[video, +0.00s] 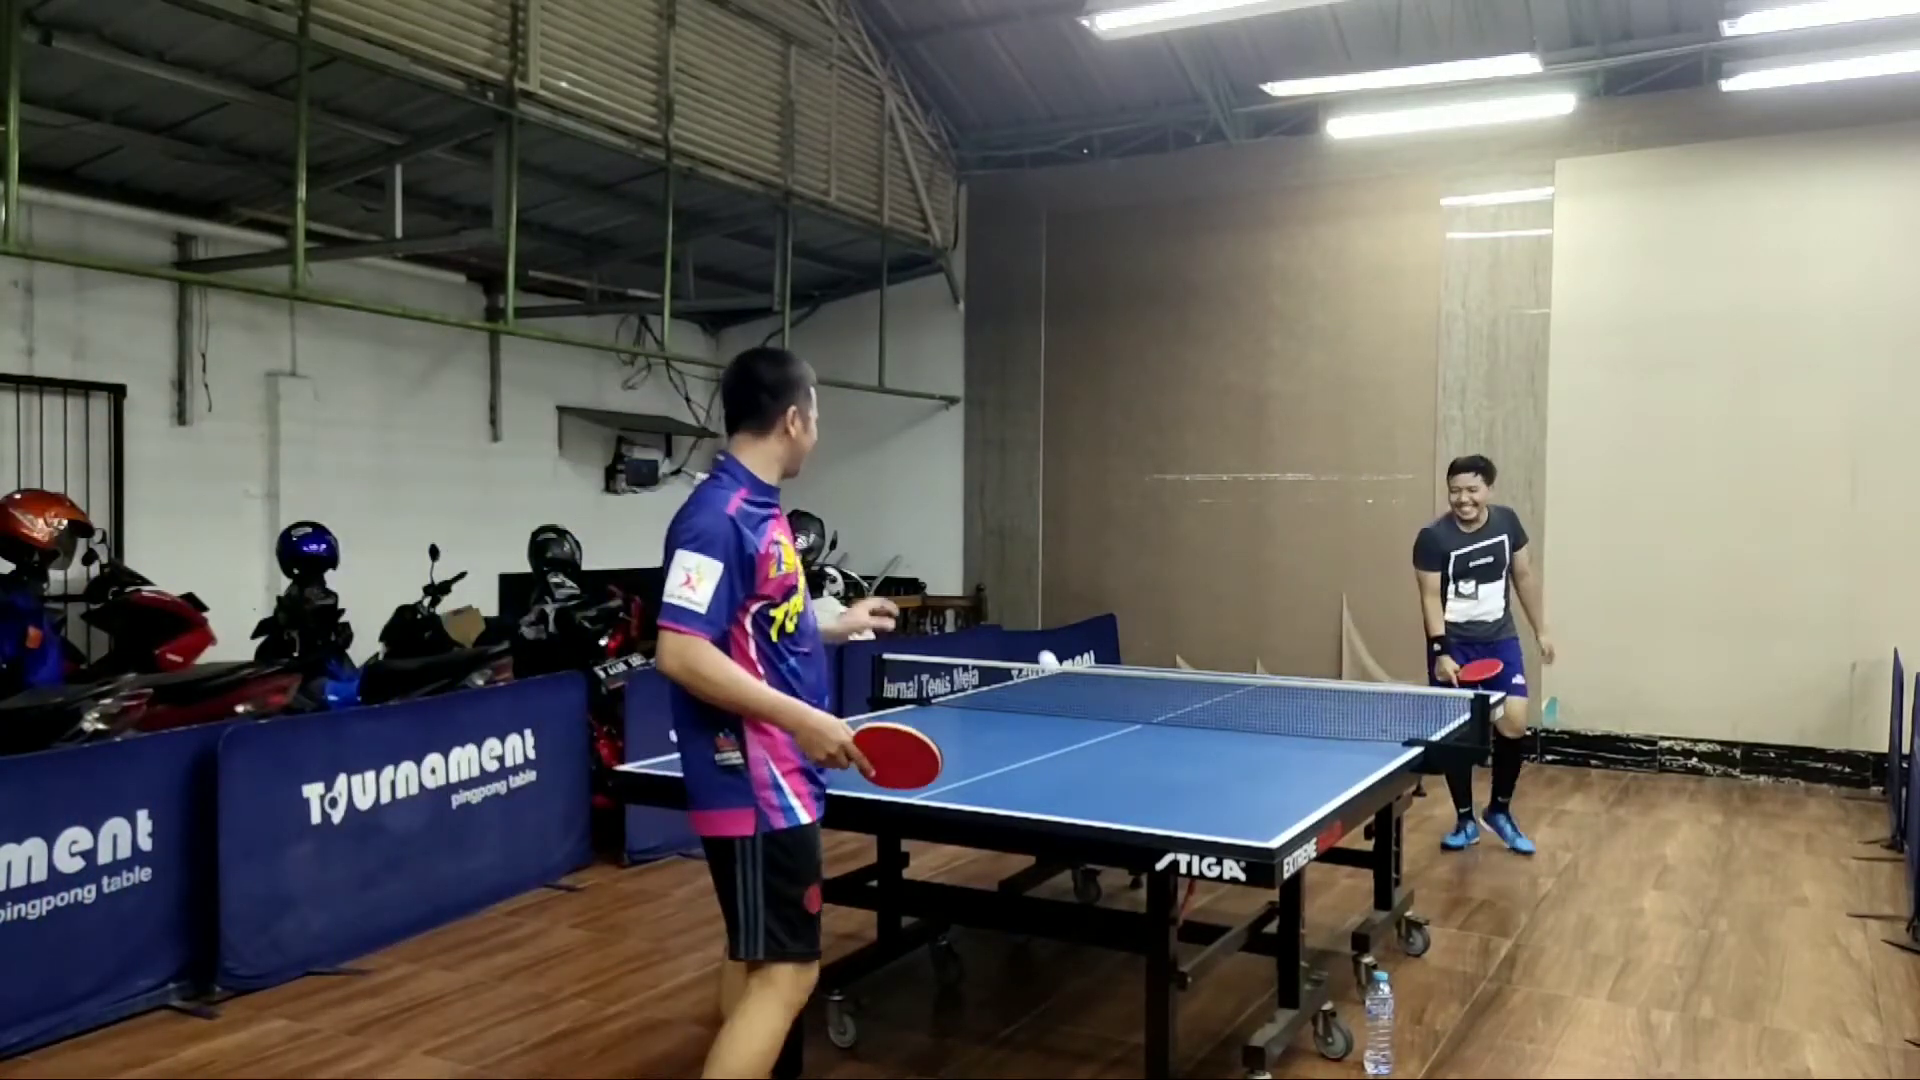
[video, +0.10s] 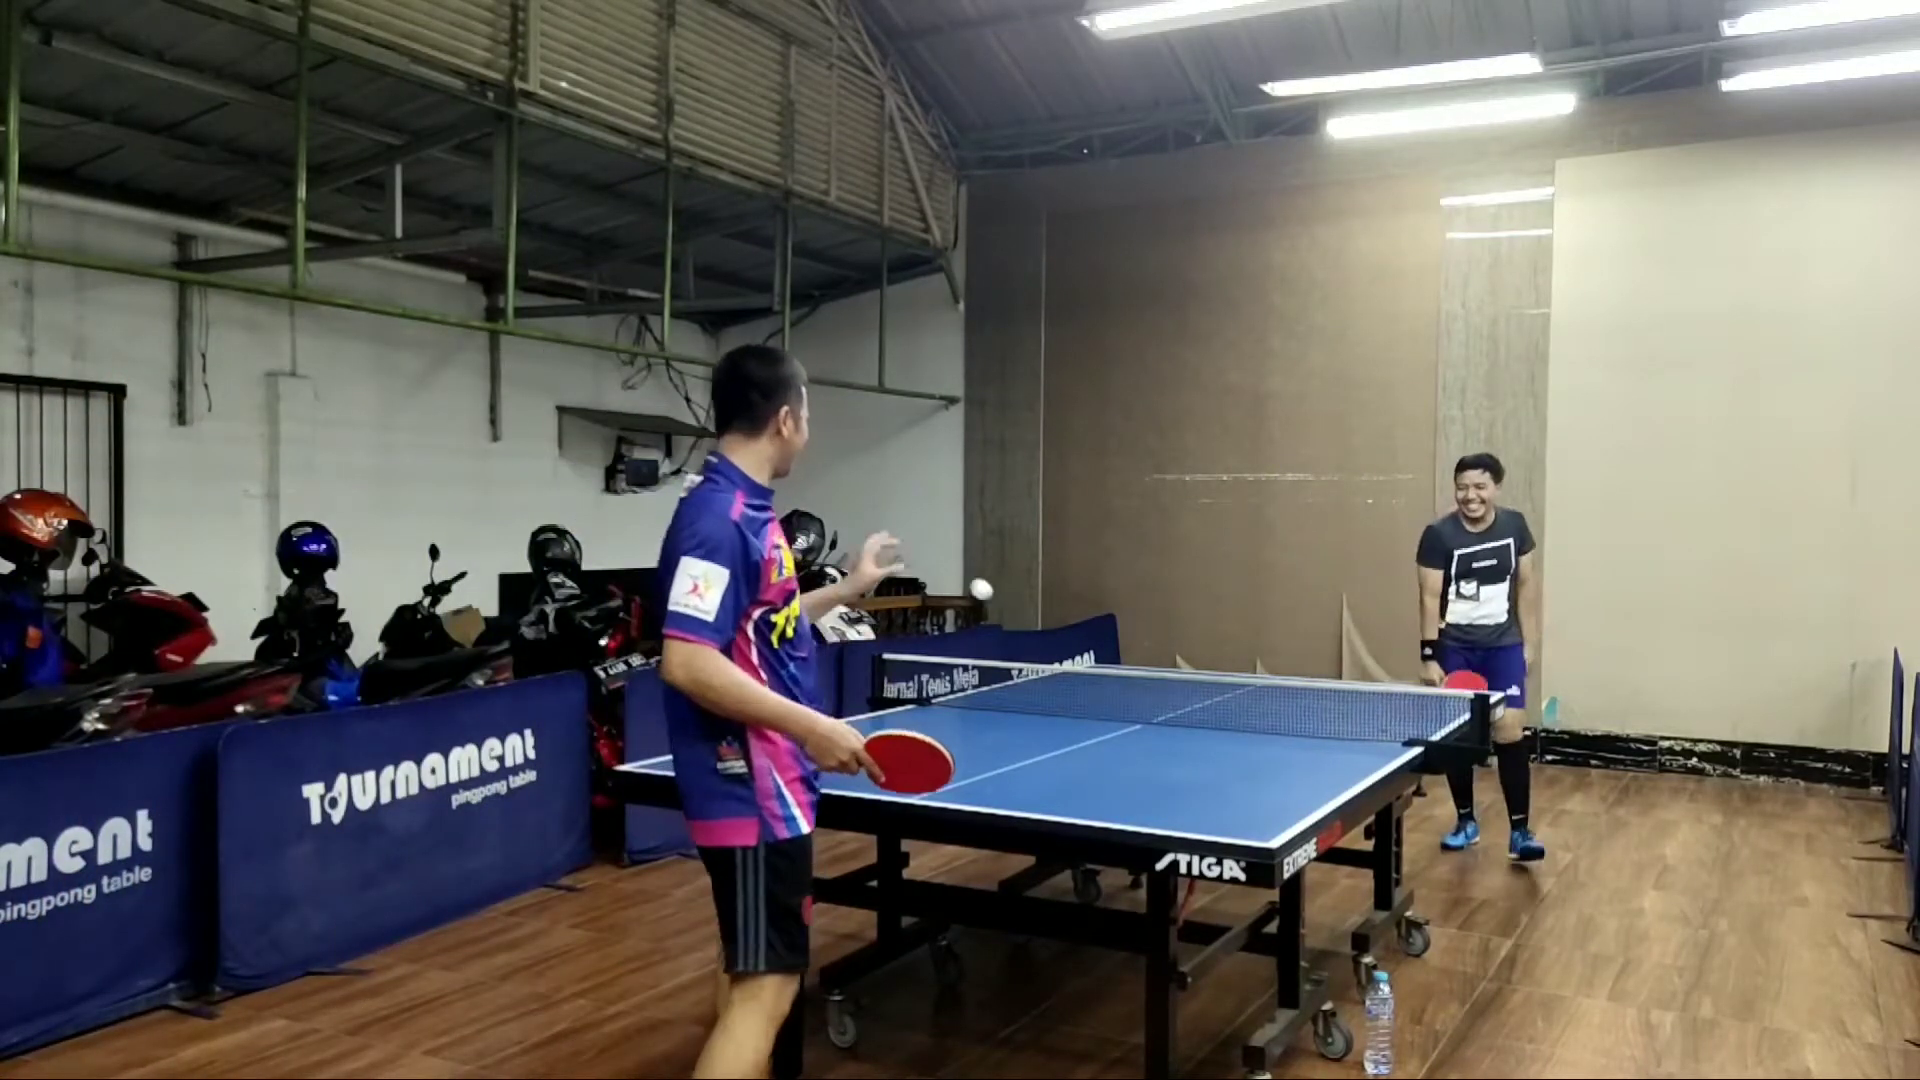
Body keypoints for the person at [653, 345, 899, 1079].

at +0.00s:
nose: (814, 431)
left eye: (812, 415)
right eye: (813, 415)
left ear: (743, 415)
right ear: (794, 419)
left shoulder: (758, 507)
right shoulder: (716, 516)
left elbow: (754, 618)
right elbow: (680, 650)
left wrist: (837, 621)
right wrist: (800, 719)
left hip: (767, 775)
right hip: (749, 786)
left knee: (753, 959)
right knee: (787, 973)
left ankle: (746, 1060)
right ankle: (732, 1072)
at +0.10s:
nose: (806, 428)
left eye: (803, 412)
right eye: (804, 412)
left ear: (733, 414)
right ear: (786, 418)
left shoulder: (750, 506)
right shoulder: (717, 514)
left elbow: (762, 622)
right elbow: (685, 660)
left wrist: (849, 586)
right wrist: (811, 727)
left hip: (768, 780)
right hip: (744, 792)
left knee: (770, 976)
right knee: (765, 987)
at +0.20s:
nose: (798, 431)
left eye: (795, 416)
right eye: (797, 416)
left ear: (721, 414)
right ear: (781, 422)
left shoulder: (737, 508)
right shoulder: (717, 517)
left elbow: (756, 620)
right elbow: (696, 668)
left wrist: (849, 579)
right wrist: (821, 730)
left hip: (757, 789)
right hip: (729, 802)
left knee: (755, 987)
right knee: (737, 998)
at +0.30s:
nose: (793, 431)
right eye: (794, 419)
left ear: (709, 416)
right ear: (785, 428)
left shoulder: (680, 504)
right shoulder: (730, 522)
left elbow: (729, 636)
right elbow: (707, 676)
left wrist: (827, 613)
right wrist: (827, 742)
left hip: (679, 798)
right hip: (713, 811)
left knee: (726, 997)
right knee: (717, 1010)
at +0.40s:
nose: (790, 431)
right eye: (791, 419)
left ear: (701, 413)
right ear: (783, 429)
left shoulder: (646, 506)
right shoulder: (737, 524)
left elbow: (671, 649)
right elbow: (716, 678)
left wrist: (790, 664)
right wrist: (825, 763)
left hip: (639, 806)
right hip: (702, 819)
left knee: (694, 1003)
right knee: (707, 1019)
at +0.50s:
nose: (769, 422)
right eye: (771, 412)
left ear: (684, 410)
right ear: (766, 424)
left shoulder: (619, 505)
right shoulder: (744, 517)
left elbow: (591, 646)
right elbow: (726, 671)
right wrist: (813, 779)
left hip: (616, 807)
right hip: (694, 822)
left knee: (653, 986)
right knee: (692, 1019)